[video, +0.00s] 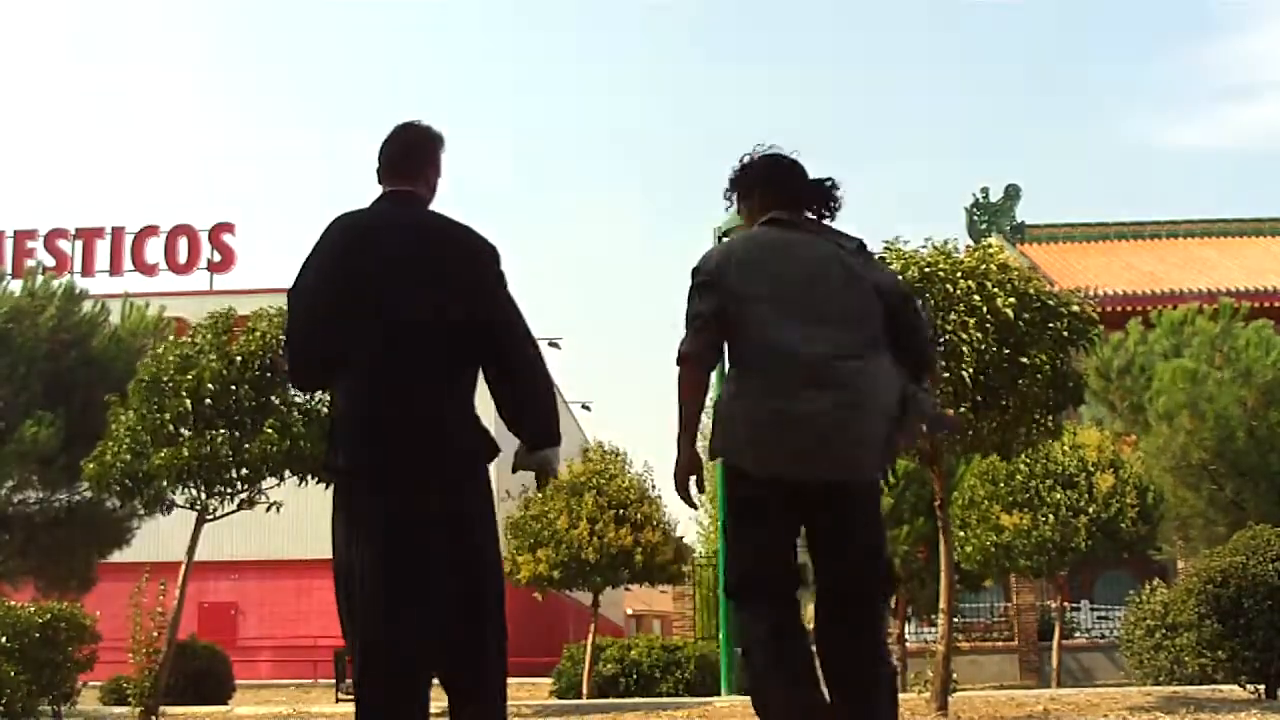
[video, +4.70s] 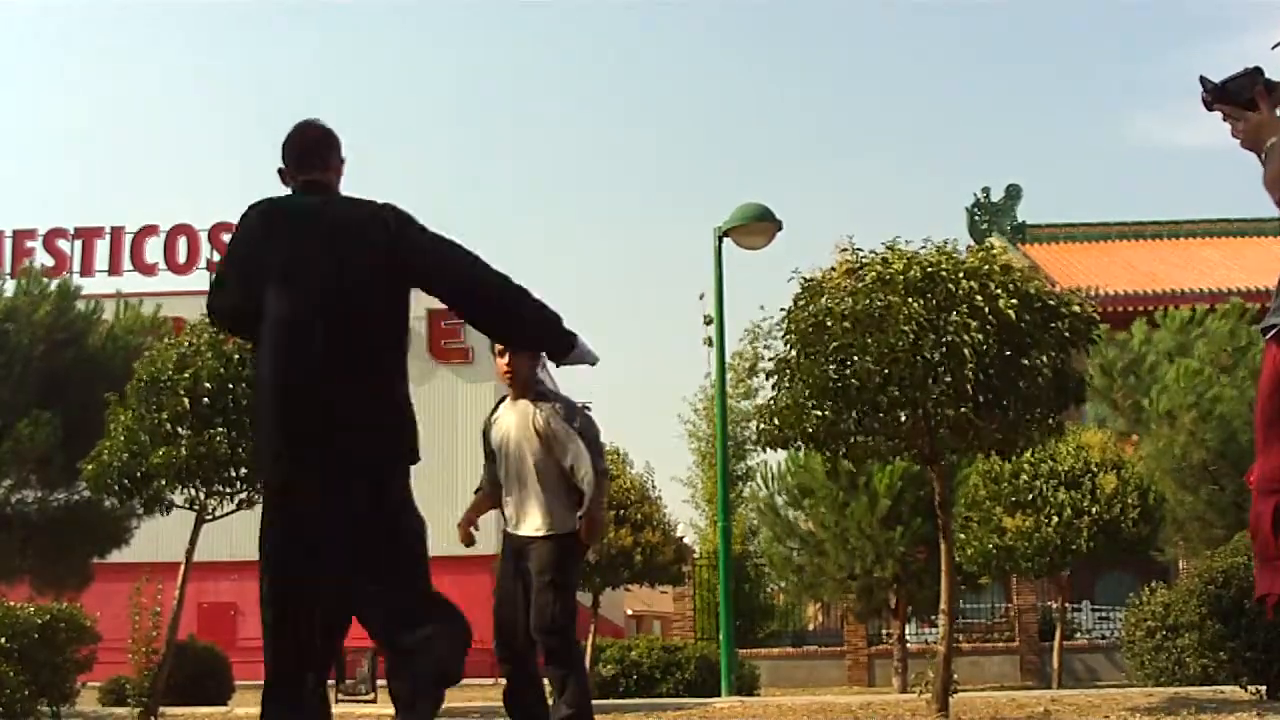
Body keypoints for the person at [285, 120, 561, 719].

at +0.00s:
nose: (435, 181)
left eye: (424, 170)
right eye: (438, 172)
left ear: (380, 171)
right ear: (436, 174)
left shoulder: (340, 239)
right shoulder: (469, 248)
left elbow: (303, 364)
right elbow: (511, 351)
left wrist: (361, 354)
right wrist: (540, 437)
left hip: (365, 464)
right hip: (452, 461)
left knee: (379, 628)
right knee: (471, 624)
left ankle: (389, 712)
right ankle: (479, 712)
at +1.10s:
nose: (402, 210)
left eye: (398, 202)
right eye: (427, 199)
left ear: (393, 200)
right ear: (447, 200)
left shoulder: (386, 242)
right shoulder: (490, 270)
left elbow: (360, 351)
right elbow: (507, 368)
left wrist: (317, 370)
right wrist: (454, 401)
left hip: (395, 470)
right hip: (479, 475)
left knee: (377, 633)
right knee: (490, 638)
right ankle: (492, 719)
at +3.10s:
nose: (355, 208)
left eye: (336, 199)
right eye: (370, 198)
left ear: (324, 199)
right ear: (379, 199)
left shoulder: (298, 257)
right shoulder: (414, 254)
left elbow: (270, 354)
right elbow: (477, 346)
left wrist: (321, 385)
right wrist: (519, 418)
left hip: (337, 459)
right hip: (417, 456)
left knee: (354, 614)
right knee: (446, 609)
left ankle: (364, 708)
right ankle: (460, 706)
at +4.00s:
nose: (426, 213)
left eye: (428, 202)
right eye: (425, 201)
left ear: (377, 187)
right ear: (407, 190)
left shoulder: (330, 250)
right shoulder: (392, 237)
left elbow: (305, 353)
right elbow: (402, 340)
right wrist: (449, 401)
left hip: (324, 448)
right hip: (380, 449)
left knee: (340, 597)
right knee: (396, 596)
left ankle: (314, 710)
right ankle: (417, 710)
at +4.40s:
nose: (414, 190)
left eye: (405, 181)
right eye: (417, 181)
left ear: (362, 177)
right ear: (415, 178)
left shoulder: (318, 238)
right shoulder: (426, 229)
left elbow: (313, 330)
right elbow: (481, 326)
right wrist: (540, 393)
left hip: (323, 437)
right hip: (413, 439)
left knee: (296, 581)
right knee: (441, 588)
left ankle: (277, 705)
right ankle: (443, 709)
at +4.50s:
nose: (389, 187)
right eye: (392, 179)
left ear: (337, 179)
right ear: (392, 178)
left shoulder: (296, 236)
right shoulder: (413, 233)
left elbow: (286, 334)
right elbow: (486, 316)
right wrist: (558, 377)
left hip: (307, 452)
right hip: (403, 451)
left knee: (290, 607)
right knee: (441, 609)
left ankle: (298, 716)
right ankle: (447, 713)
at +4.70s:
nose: (322, 176)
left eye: (297, 170)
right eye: (332, 165)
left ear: (283, 173)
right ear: (341, 167)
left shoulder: (261, 221)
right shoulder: (384, 224)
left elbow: (226, 308)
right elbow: (473, 283)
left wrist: (290, 335)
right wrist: (557, 338)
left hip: (289, 441)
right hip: (375, 435)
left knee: (295, 596)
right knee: (394, 573)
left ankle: (293, 707)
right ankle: (426, 652)